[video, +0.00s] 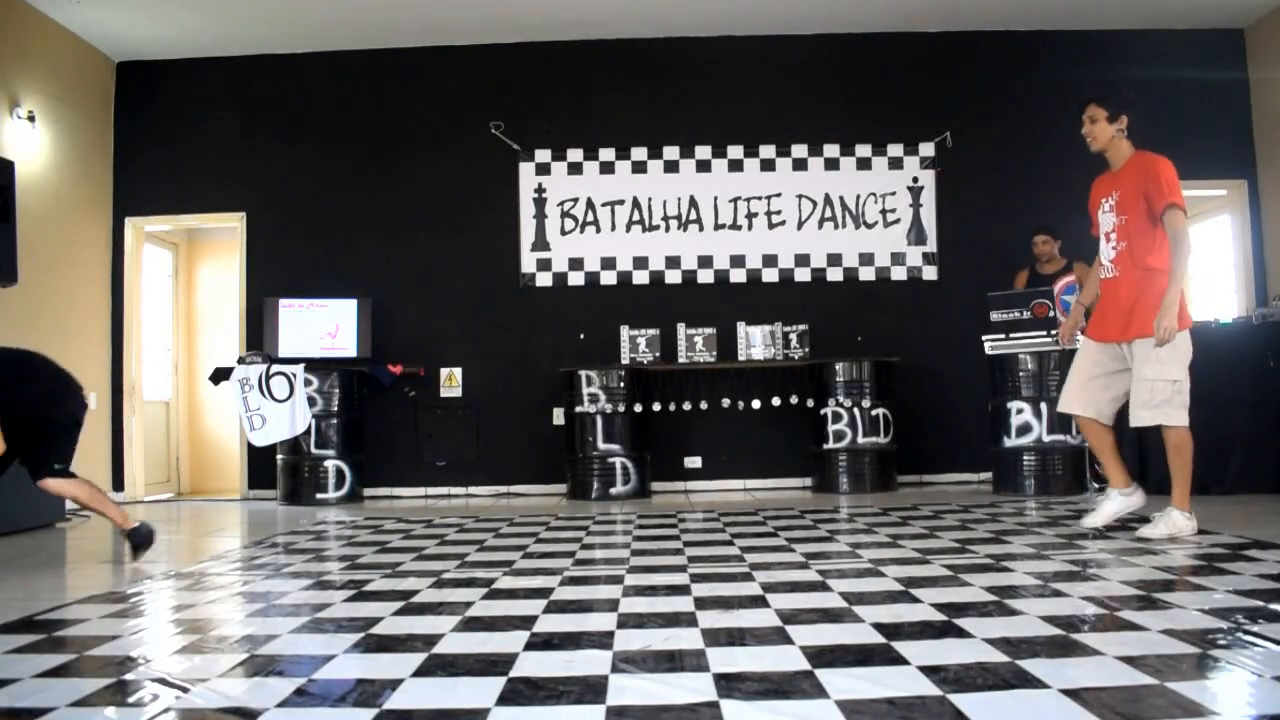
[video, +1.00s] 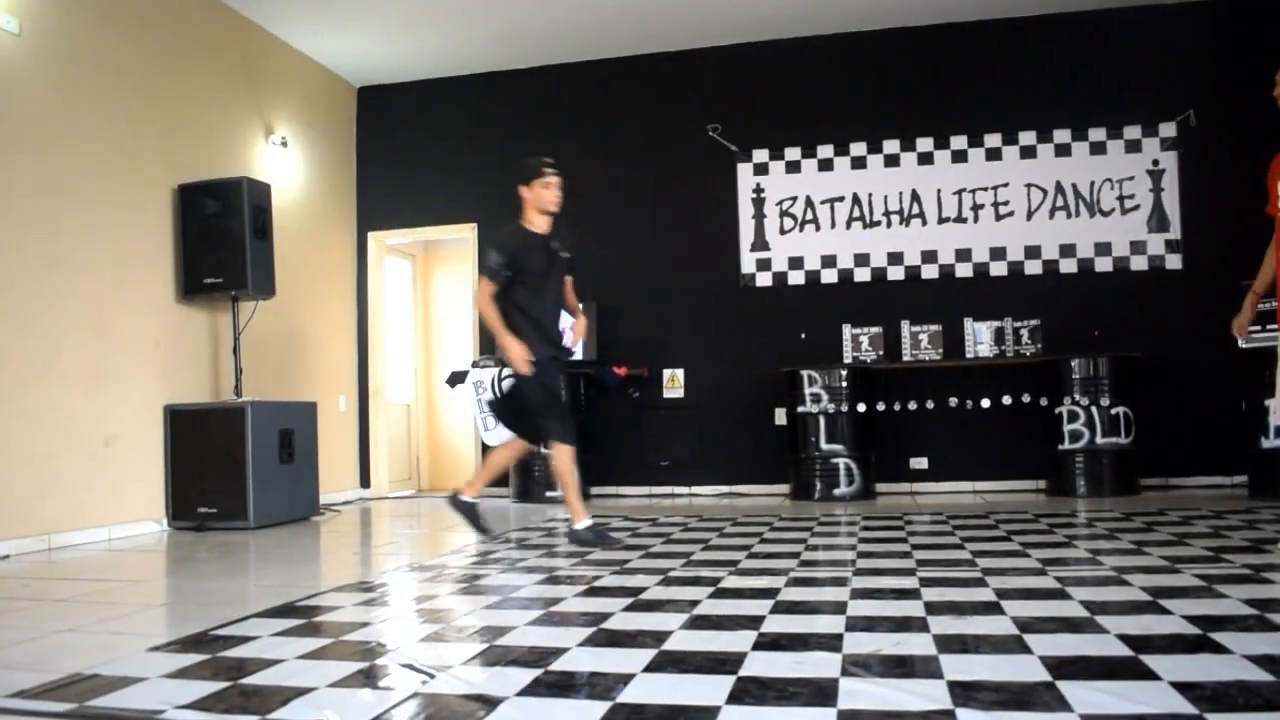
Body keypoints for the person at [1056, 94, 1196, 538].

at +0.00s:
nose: (1084, 130)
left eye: (1092, 121)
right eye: (1084, 123)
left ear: (1120, 124)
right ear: (1095, 131)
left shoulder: (1153, 167)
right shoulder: (1099, 187)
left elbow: (1180, 232)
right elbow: (1105, 258)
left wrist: (1170, 300)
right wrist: (1077, 310)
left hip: (1158, 311)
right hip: (1111, 315)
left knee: (1171, 411)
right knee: (1081, 402)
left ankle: (1181, 512)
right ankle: (1123, 490)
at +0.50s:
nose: (1103, 121)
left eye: (1111, 111)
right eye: (1102, 115)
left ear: (1138, 113)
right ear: (1114, 125)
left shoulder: (1172, 157)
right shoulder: (1120, 182)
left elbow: (1220, 221)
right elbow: (1145, 247)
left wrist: (1210, 292)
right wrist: (1109, 251)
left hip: (1172, 316)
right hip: (1124, 320)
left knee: (1207, 413)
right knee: (1128, 421)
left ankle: (1246, 507)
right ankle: (1131, 518)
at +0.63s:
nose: (1163, 112)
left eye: (1172, 102)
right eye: (1163, 104)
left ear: (1201, 106)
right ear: (1181, 112)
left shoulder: (1234, 151)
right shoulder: (1183, 173)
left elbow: (1275, 206)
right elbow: (1196, 238)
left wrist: (1277, 286)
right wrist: (1163, 268)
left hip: (1232, 312)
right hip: (1182, 318)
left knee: (1266, 416)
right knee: (1195, 423)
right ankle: (1205, 519)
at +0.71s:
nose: (1198, 108)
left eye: (1207, 98)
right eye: (1197, 100)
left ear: (1236, 102)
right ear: (1206, 110)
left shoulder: (1265, 149)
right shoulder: (1216, 169)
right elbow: (1224, 236)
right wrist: (1200, 270)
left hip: (1261, 312)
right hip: (1217, 316)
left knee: (1272, 421)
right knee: (1229, 421)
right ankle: (1244, 520)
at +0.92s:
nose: (1272, 97)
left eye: (1275, 87)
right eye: (1271, 88)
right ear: (1268, 95)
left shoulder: (1273, 170)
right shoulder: (1272, 169)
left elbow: (1274, 237)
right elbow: (1274, 235)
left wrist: (1267, 296)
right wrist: (1266, 295)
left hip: (1279, 307)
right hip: (1278, 308)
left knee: (1279, 404)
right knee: (1277, 404)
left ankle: (1276, 476)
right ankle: (1275, 476)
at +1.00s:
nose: (1274, 93)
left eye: (1278, 85)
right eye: (1275, 85)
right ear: (1274, 90)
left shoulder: (1276, 168)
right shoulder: (1276, 168)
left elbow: (1276, 239)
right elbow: (1277, 238)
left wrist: (1252, 299)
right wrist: (1252, 299)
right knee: (1279, 414)